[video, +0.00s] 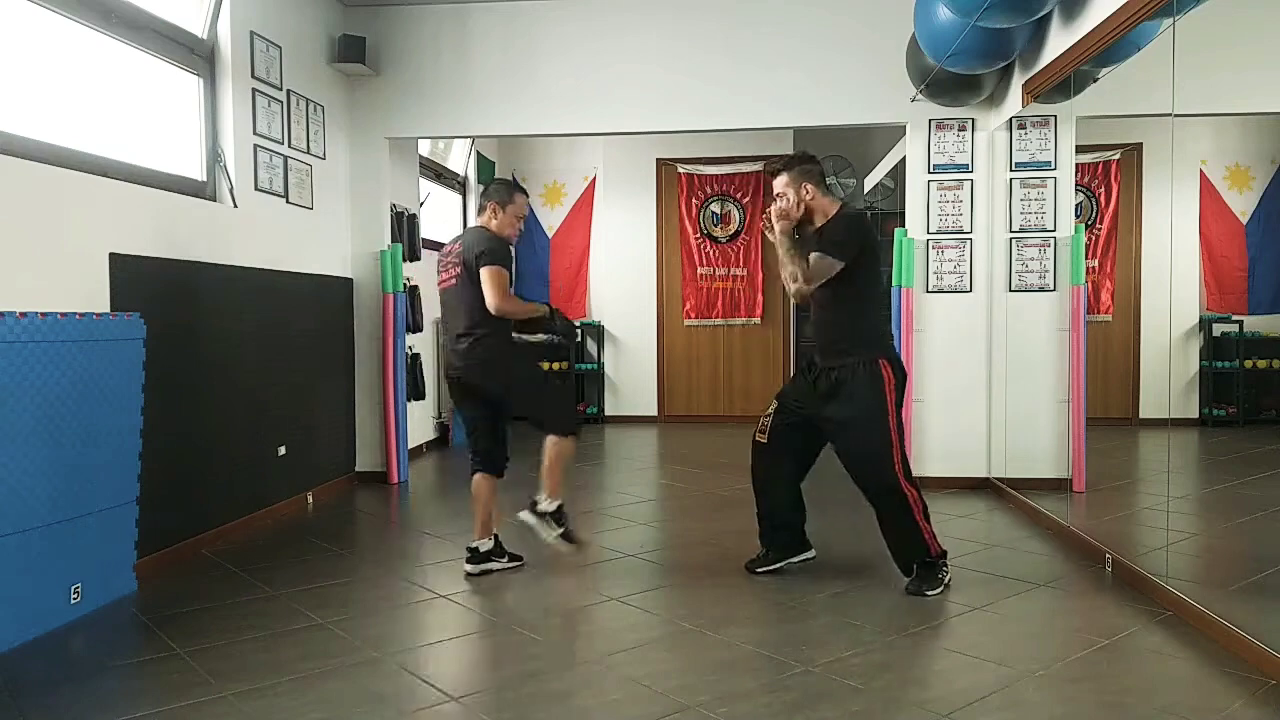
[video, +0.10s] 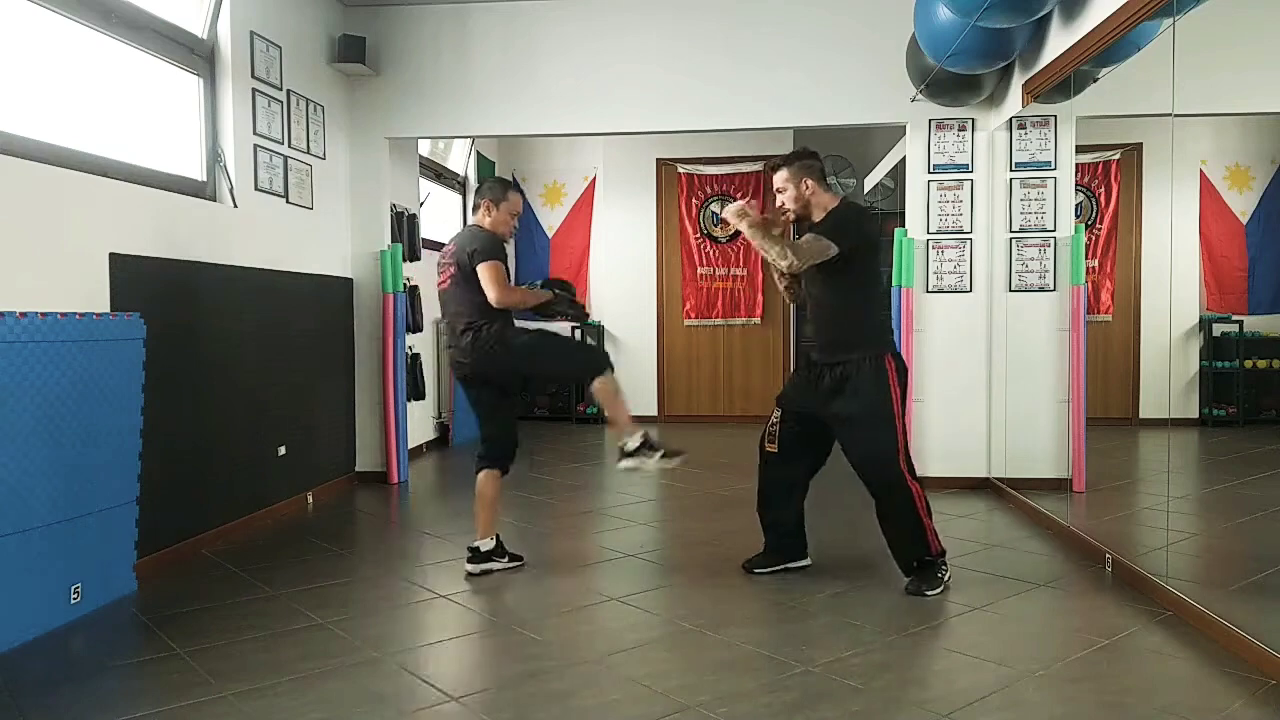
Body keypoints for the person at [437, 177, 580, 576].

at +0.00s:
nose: (520, 229)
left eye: (523, 221)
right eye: (517, 219)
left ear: (488, 213)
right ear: (492, 209)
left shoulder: (456, 246)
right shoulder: (488, 242)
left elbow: (472, 309)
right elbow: (498, 302)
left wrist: (528, 316)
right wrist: (542, 309)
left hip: (460, 366)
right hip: (491, 361)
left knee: (487, 455)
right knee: (563, 415)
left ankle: (483, 547)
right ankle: (549, 505)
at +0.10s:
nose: (516, 225)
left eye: (517, 217)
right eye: (512, 216)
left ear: (483, 211)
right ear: (488, 208)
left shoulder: (461, 243)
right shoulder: (482, 239)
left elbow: (485, 304)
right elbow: (499, 295)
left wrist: (536, 301)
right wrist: (545, 296)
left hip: (469, 356)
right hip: (495, 347)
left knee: (496, 449)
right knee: (594, 360)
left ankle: (484, 547)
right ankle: (632, 440)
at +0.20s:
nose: (513, 223)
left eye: (514, 216)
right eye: (508, 214)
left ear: (480, 212)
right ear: (484, 208)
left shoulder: (460, 244)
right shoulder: (477, 240)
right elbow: (502, 293)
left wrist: (542, 289)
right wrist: (547, 278)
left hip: (481, 356)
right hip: (507, 335)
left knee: (500, 448)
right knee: (604, 319)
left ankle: (485, 547)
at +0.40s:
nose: (508, 225)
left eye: (510, 217)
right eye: (504, 215)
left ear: (479, 212)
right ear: (478, 209)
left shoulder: (478, 248)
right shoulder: (465, 242)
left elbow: (500, 293)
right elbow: (478, 295)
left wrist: (538, 272)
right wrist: (523, 267)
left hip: (501, 356)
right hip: (523, 339)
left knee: (505, 452)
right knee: (621, 331)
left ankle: (486, 544)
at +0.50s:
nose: (514, 220)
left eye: (516, 214)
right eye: (511, 212)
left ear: (483, 209)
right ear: (485, 205)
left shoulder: (468, 241)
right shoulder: (476, 235)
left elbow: (511, 271)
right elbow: (487, 275)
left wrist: (540, 243)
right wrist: (520, 236)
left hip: (496, 355)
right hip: (525, 344)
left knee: (499, 450)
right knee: (612, 395)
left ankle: (486, 545)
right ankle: (604, 488)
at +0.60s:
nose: (525, 215)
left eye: (527, 208)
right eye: (523, 207)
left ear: (491, 201)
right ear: (500, 199)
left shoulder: (464, 235)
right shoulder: (502, 227)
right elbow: (533, 254)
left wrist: (554, 220)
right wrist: (555, 210)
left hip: (489, 354)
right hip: (525, 351)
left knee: (498, 445)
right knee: (566, 440)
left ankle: (484, 542)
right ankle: (555, 539)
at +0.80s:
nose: (544, 217)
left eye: (546, 209)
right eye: (541, 209)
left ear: (509, 204)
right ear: (517, 203)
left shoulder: (479, 235)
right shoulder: (519, 238)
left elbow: (517, 273)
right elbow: (558, 283)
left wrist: (557, 234)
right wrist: (580, 232)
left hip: (477, 357)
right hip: (514, 358)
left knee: (472, 446)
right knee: (544, 454)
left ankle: (442, 533)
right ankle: (537, 554)